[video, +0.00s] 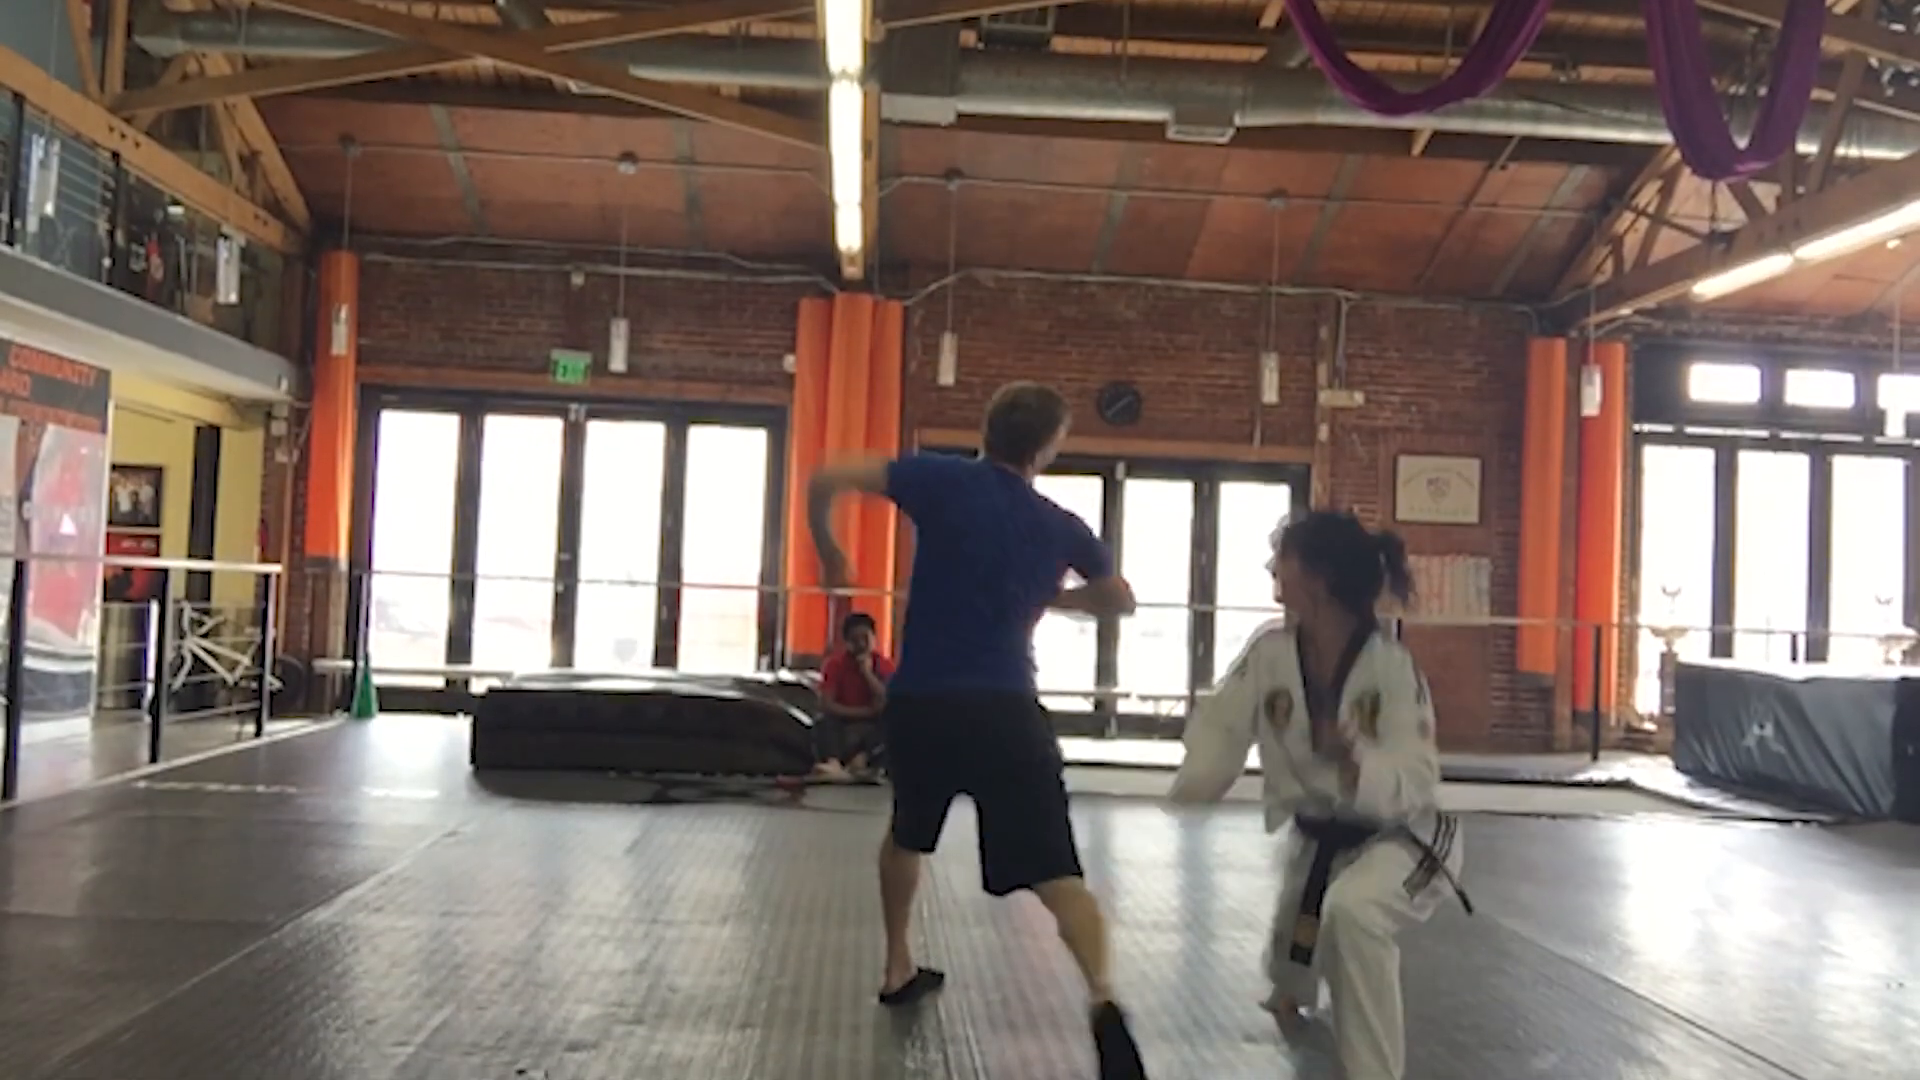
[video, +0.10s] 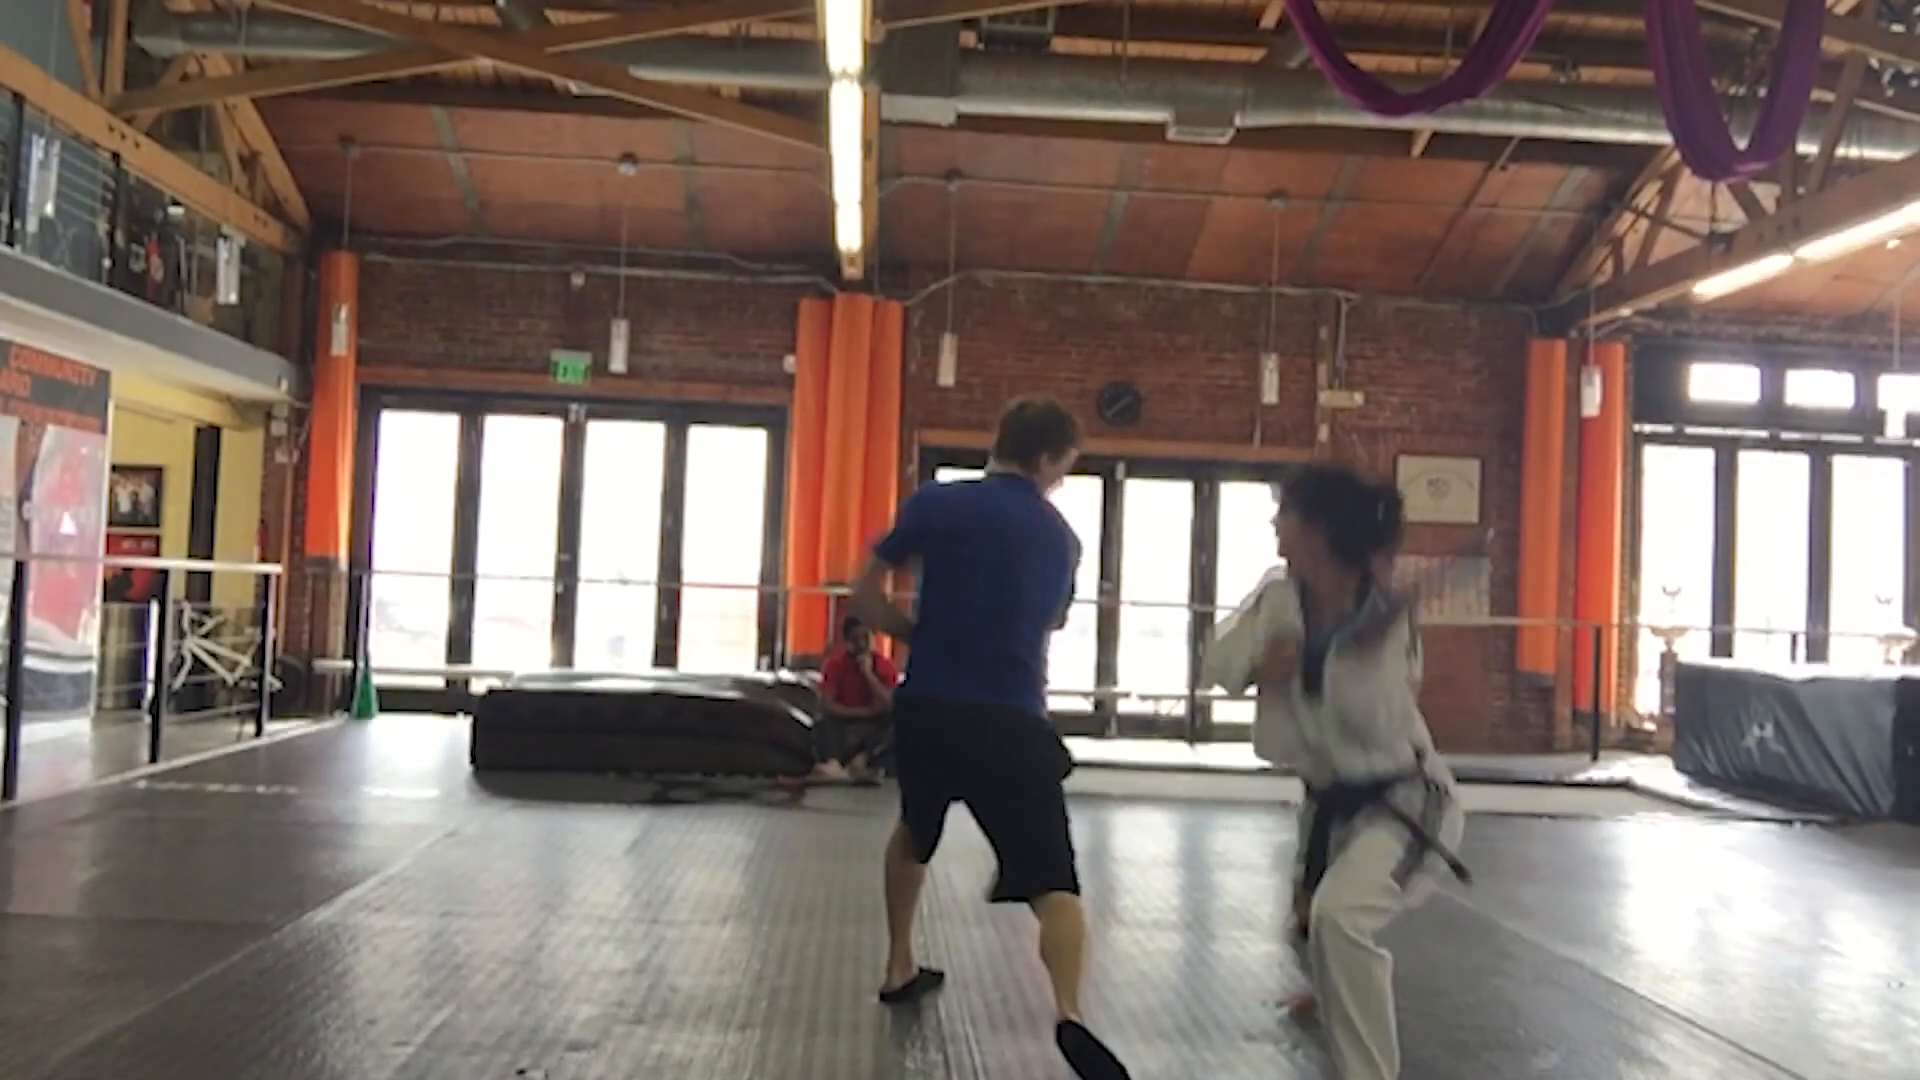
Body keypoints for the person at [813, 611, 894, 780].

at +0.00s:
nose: (861, 645)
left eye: (865, 638)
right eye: (855, 640)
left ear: (873, 638)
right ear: (846, 642)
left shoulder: (883, 665)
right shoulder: (835, 665)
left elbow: (887, 701)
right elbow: (826, 704)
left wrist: (868, 673)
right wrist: (868, 711)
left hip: (872, 719)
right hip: (842, 719)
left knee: (888, 723)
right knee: (825, 722)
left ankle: (861, 760)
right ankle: (833, 762)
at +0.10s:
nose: (861, 644)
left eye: (865, 638)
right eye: (855, 639)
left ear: (872, 638)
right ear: (846, 642)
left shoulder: (884, 665)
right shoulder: (835, 665)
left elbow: (888, 704)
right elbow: (827, 705)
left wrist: (868, 673)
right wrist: (869, 711)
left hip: (873, 722)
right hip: (842, 721)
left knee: (892, 725)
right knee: (825, 724)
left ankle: (861, 760)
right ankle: (832, 763)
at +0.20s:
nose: (861, 645)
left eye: (865, 638)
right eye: (855, 640)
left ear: (873, 638)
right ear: (846, 641)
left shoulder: (885, 666)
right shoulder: (834, 665)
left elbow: (891, 703)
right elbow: (827, 706)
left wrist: (868, 674)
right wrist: (870, 711)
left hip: (874, 722)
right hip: (843, 722)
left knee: (896, 722)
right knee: (826, 723)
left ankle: (862, 760)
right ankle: (832, 763)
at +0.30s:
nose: (861, 646)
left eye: (865, 639)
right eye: (855, 641)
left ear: (873, 639)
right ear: (847, 643)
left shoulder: (885, 667)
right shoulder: (834, 666)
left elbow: (888, 705)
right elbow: (827, 706)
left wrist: (868, 675)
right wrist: (869, 713)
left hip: (873, 722)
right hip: (842, 722)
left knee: (893, 722)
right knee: (826, 724)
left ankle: (862, 762)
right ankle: (832, 763)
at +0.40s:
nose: (861, 646)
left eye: (865, 639)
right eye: (855, 641)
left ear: (873, 639)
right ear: (847, 643)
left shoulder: (885, 667)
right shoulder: (834, 666)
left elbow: (888, 705)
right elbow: (826, 707)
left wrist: (868, 675)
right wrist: (869, 712)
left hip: (874, 722)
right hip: (842, 721)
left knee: (897, 726)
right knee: (826, 725)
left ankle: (862, 762)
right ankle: (832, 764)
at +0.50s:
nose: (861, 647)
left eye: (865, 640)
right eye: (855, 642)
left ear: (873, 639)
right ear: (846, 643)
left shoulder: (884, 667)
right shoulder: (834, 666)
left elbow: (891, 705)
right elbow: (827, 708)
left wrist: (868, 677)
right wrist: (870, 713)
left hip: (874, 721)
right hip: (842, 721)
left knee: (897, 725)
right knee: (826, 725)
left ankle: (861, 763)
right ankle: (832, 765)